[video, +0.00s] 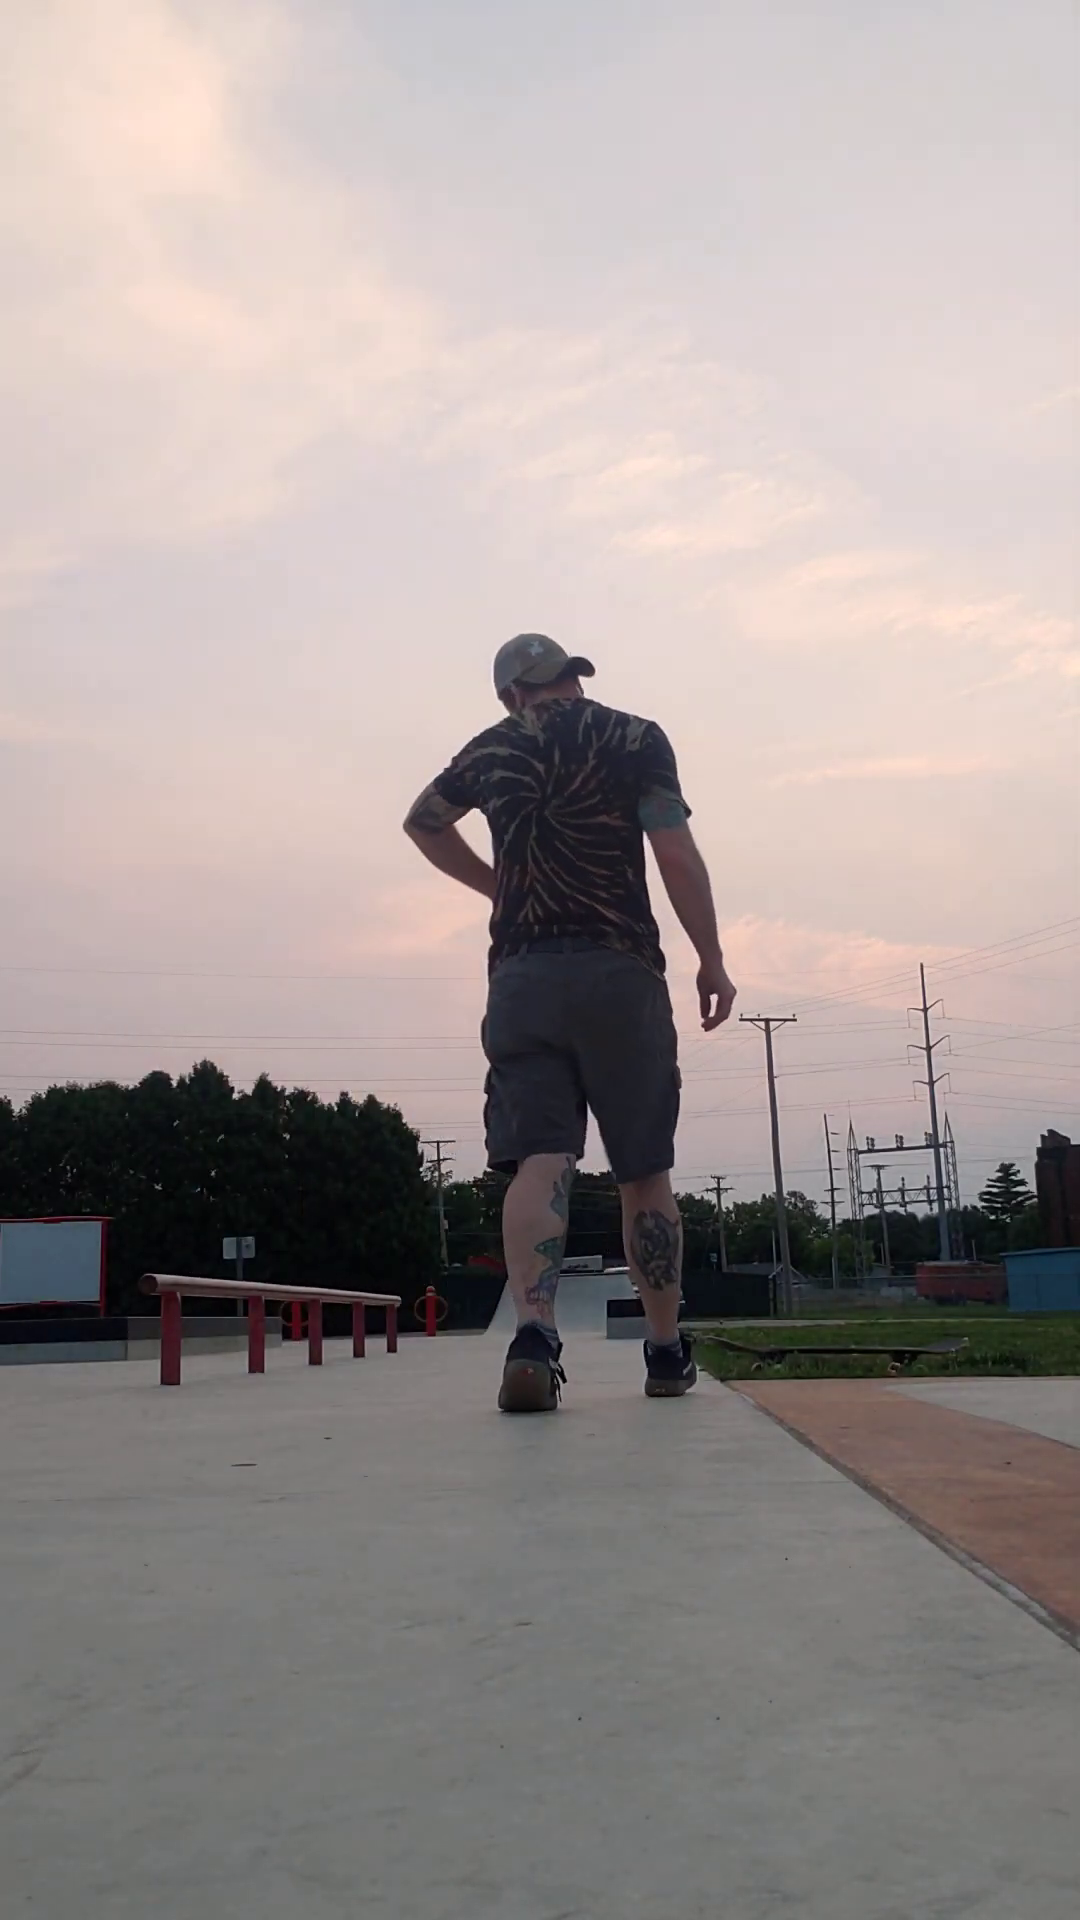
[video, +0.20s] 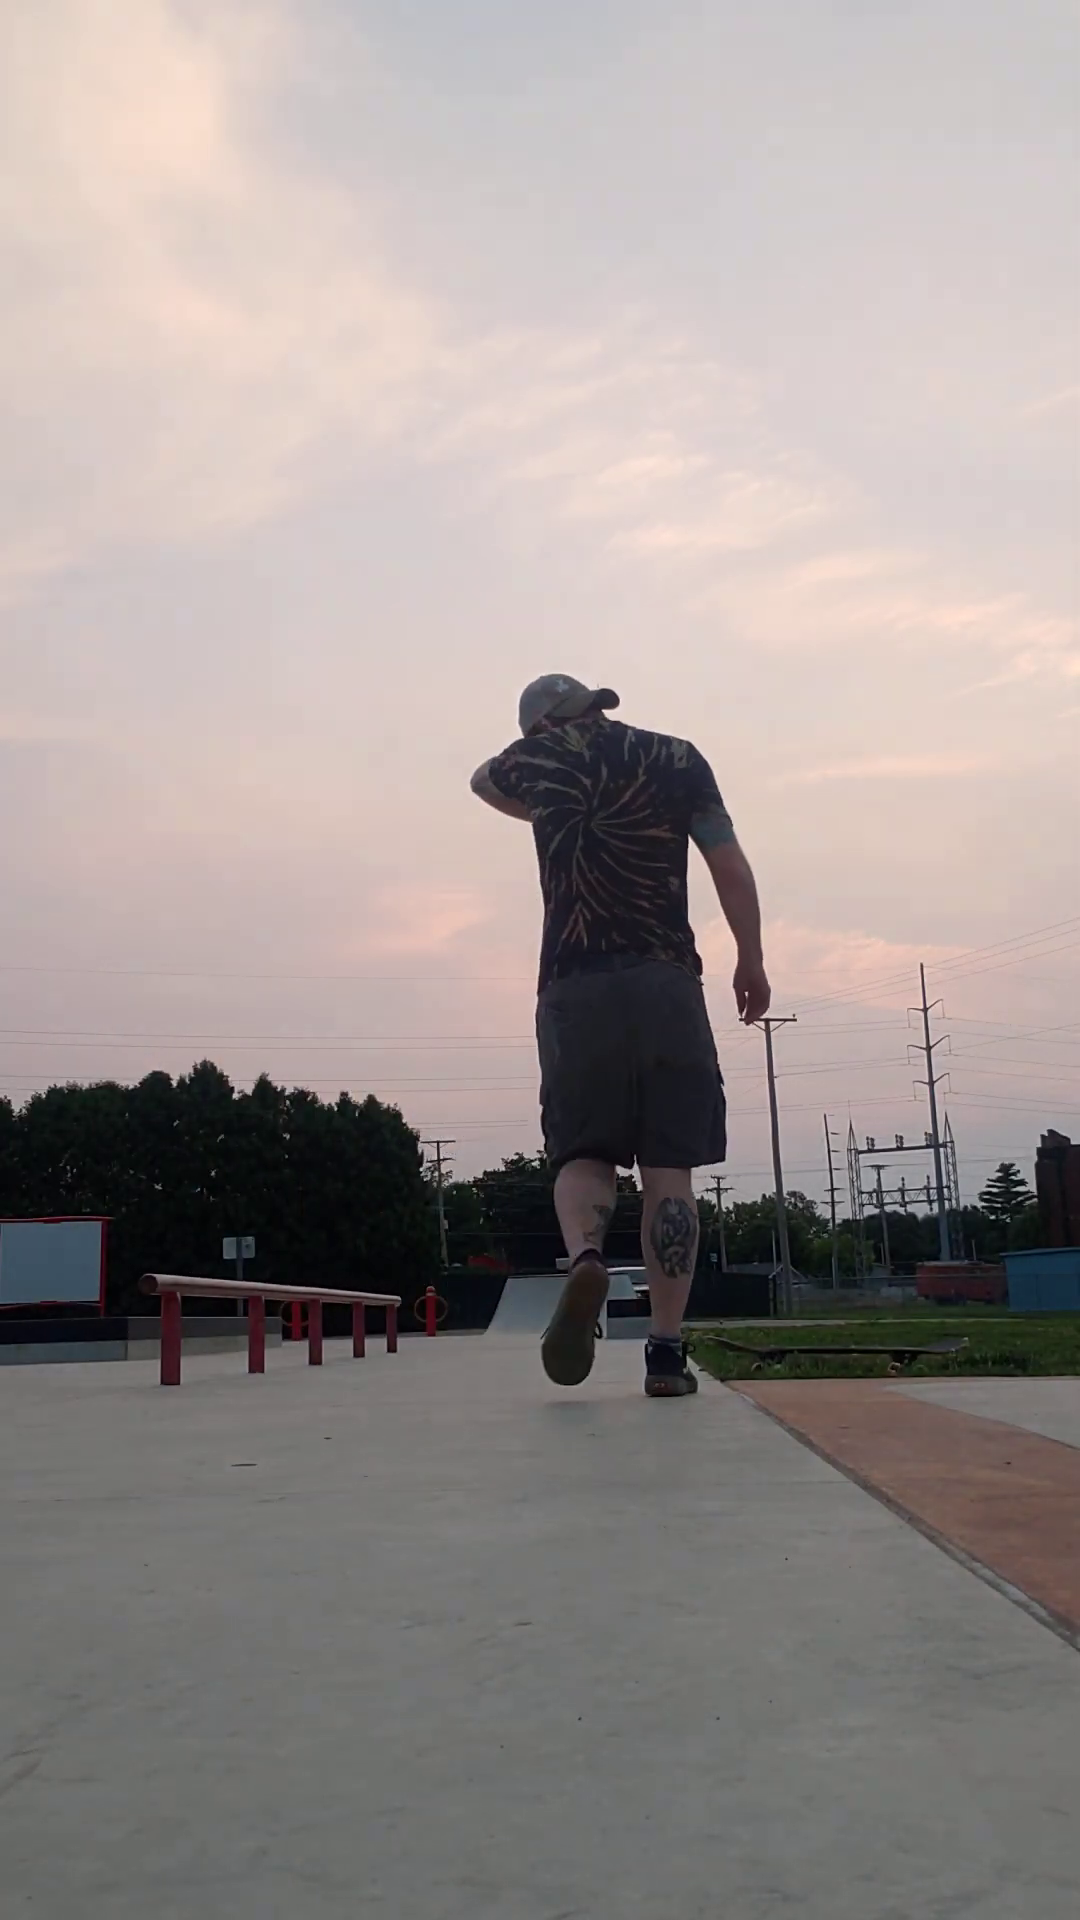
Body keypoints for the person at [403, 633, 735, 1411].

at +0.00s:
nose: (576, 688)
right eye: (574, 676)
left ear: (512, 694)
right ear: (574, 677)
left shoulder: (490, 748)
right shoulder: (632, 733)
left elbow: (423, 821)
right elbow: (675, 854)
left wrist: (492, 882)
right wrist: (710, 955)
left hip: (522, 975)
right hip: (619, 973)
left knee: (538, 1157)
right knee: (644, 1168)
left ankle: (532, 1340)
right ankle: (665, 1351)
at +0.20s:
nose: (534, 743)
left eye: (531, 736)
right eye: (536, 735)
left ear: (542, 725)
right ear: (594, 706)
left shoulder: (537, 762)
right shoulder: (677, 757)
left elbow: (483, 781)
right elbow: (729, 865)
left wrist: (554, 790)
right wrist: (751, 960)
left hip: (575, 987)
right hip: (666, 983)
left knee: (583, 1147)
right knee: (668, 1163)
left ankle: (584, 1258)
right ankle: (665, 1353)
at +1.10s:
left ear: (597, 896)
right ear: (646, 891)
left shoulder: (589, 904)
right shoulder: (695, 916)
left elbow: (578, 951)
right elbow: (749, 1023)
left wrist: (577, 1050)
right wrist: (729, 1095)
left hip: (644, 1043)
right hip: (720, 1046)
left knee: (654, 1203)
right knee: (716, 1200)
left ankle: (694, 1348)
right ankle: (717, 1342)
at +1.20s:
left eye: (583, 957)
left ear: (593, 933)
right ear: (640, 927)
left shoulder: (595, 934)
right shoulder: (679, 943)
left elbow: (583, 966)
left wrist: (576, 1058)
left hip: (660, 1046)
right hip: (729, 1046)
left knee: (654, 1206)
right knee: (706, 1201)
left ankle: (695, 1345)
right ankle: (711, 1342)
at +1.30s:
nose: (613, 1051)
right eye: (612, 1047)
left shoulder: (599, 968)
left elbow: (588, 980)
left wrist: (584, 1069)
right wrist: (718, 1215)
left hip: (672, 1046)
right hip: (741, 1048)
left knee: (652, 1206)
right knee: (700, 1200)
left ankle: (694, 1344)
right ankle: (712, 1340)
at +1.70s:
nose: (599, 1097)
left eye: (591, 1087)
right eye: (591, 1091)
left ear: (583, 1058)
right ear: (617, 1065)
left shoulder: (583, 1021)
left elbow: (589, 1016)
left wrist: (599, 1102)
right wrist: (712, 1282)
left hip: (680, 1047)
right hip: (741, 1058)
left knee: (650, 1205)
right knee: (688, 1203)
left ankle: (698, 1332)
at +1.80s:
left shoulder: (581, 993)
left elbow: (581, 1002)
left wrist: (593, 1094)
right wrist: (719, 1240)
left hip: (670, 1041)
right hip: (732, 1048)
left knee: (645, 1198)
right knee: (690, 1194)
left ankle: (696, 1321)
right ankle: (706, 1325)